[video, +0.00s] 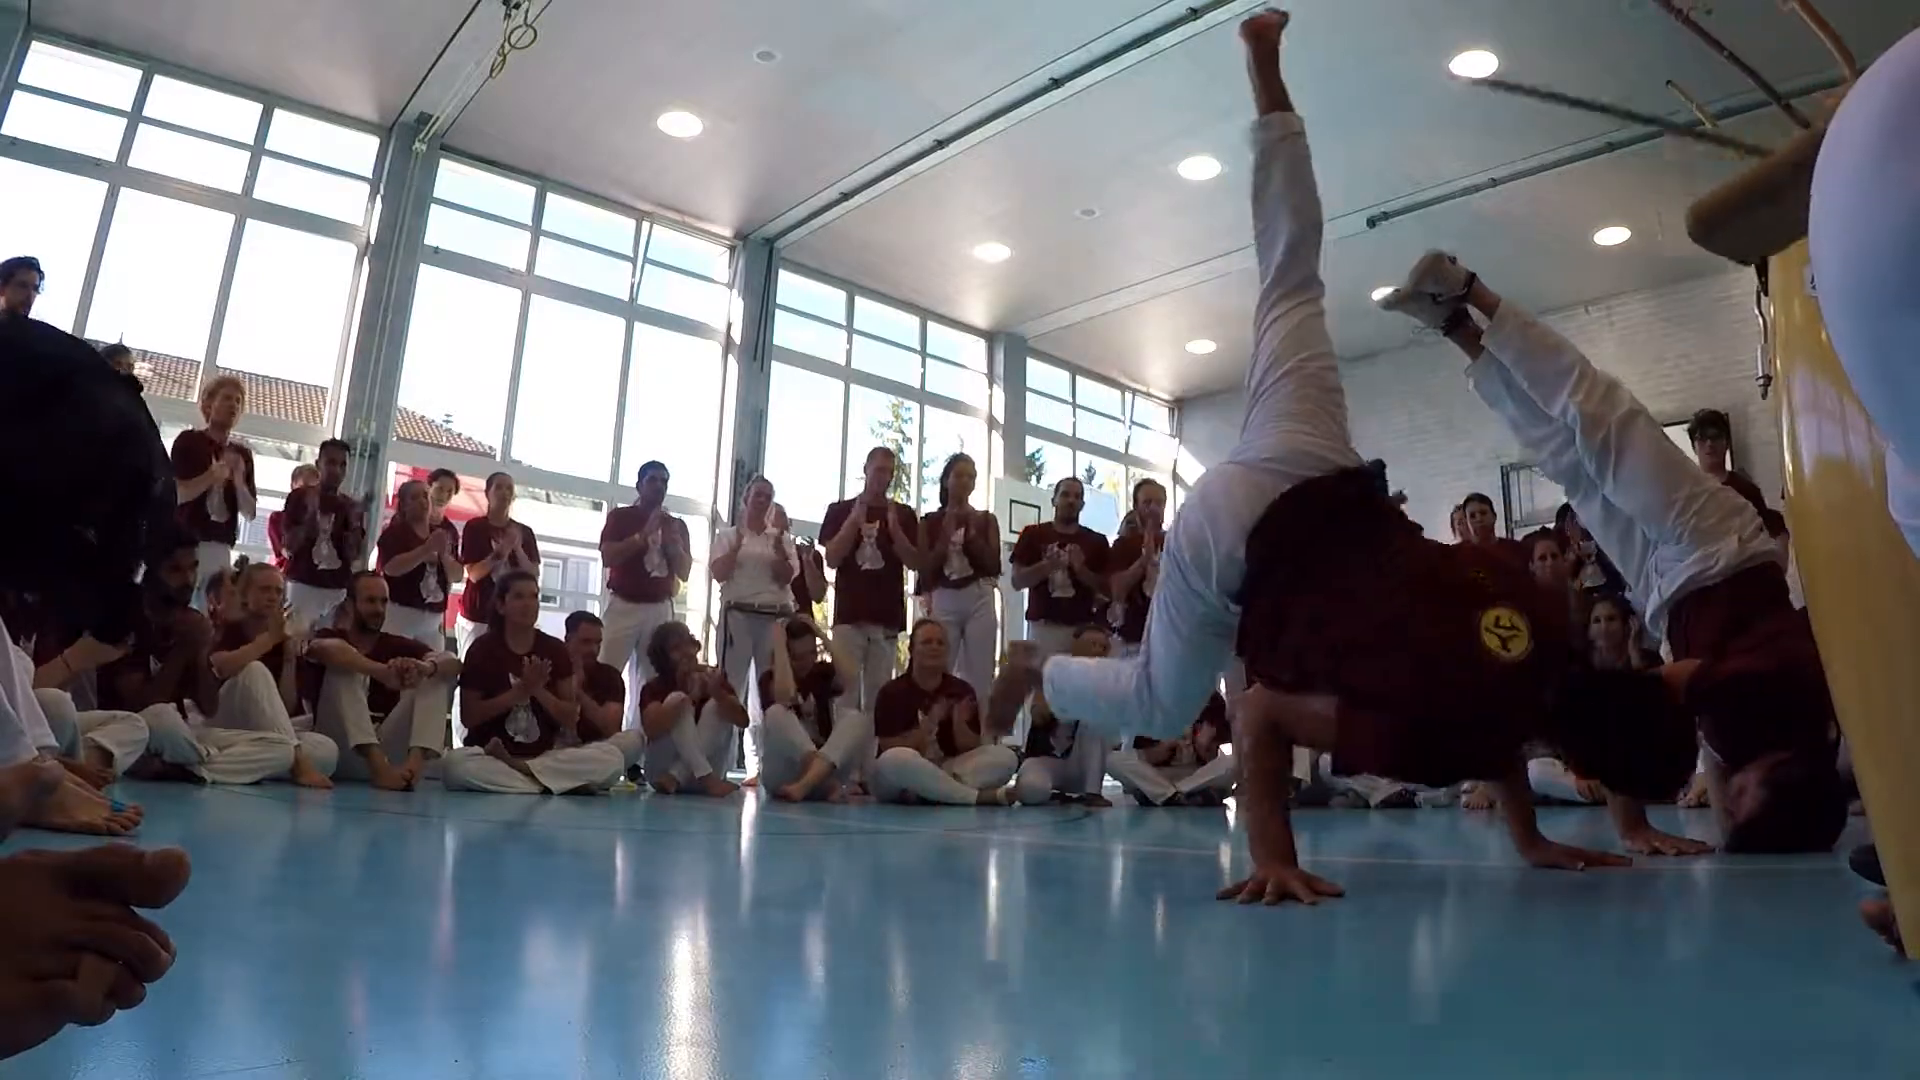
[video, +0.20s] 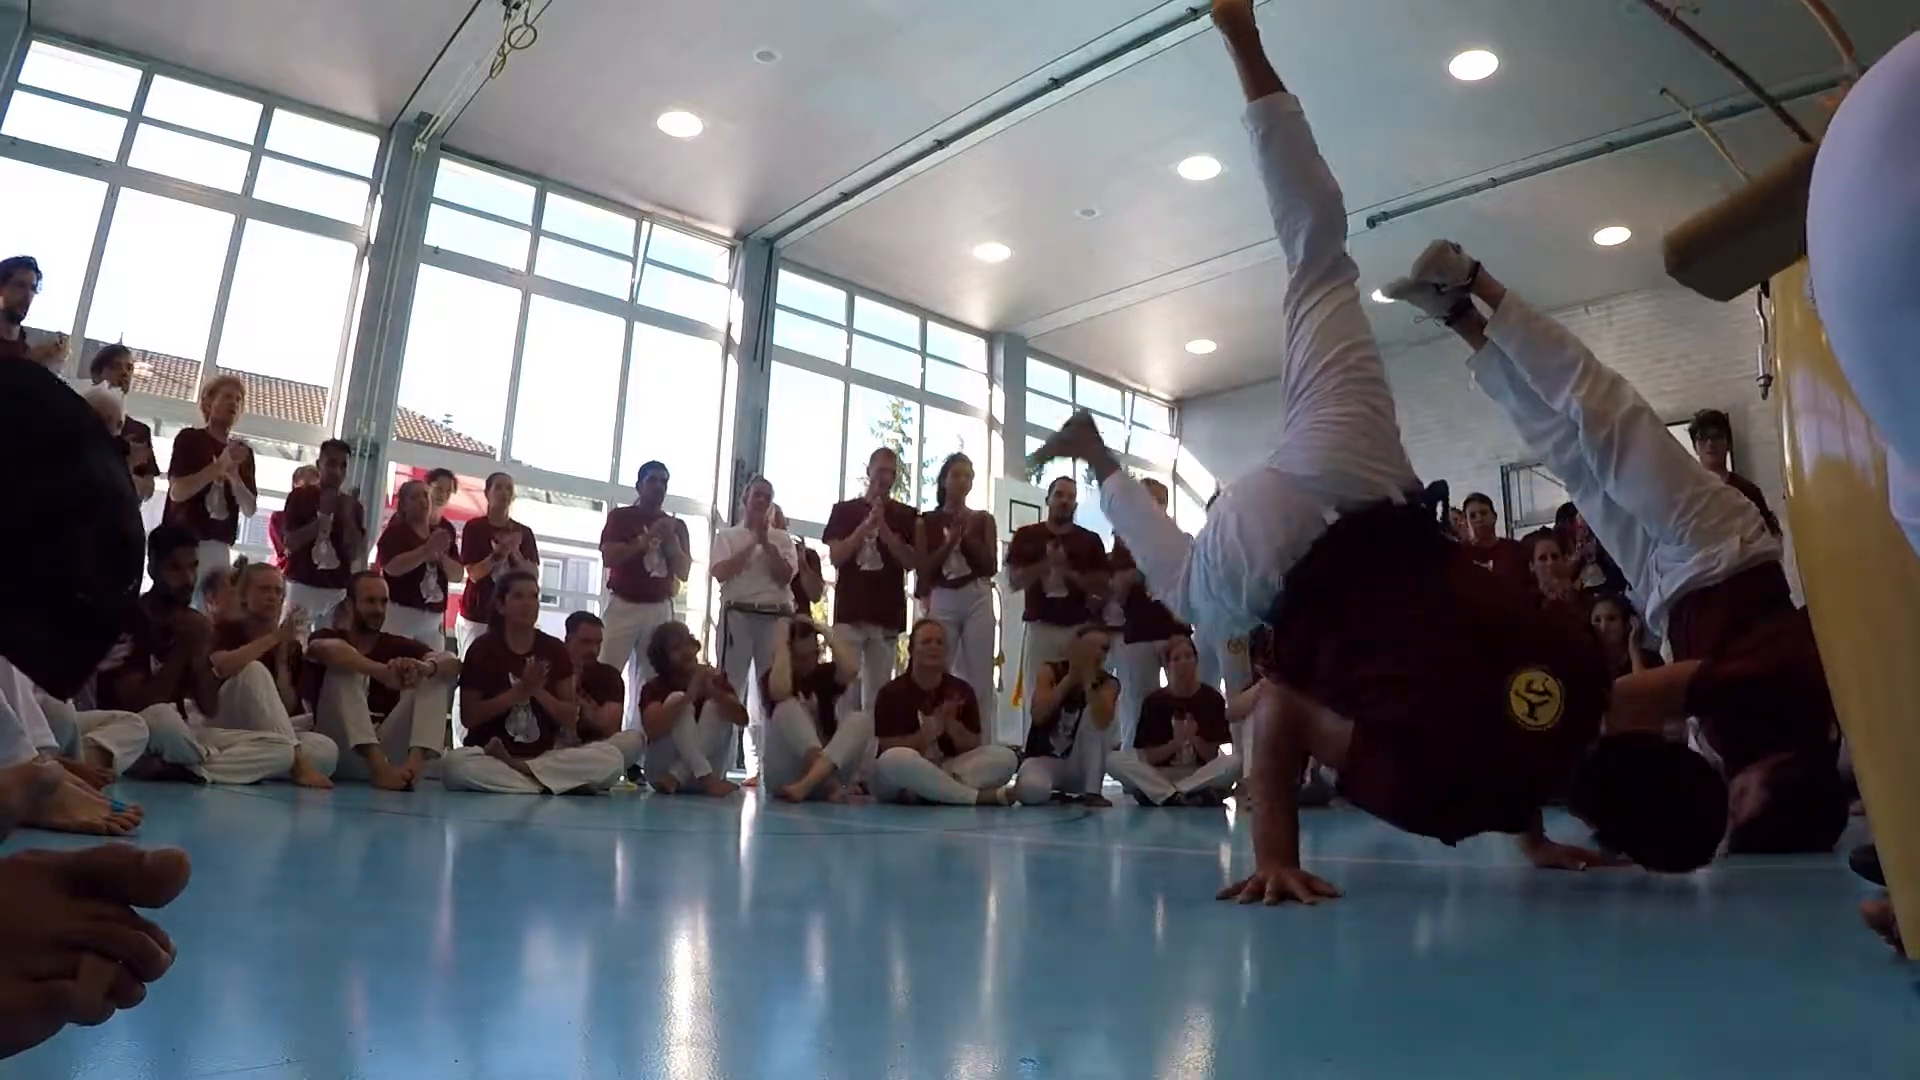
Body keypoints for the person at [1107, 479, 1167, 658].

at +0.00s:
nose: (1153, 508)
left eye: (1159, 503)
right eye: (1147, 502)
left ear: (1165, 506)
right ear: (1135, 507)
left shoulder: (1174, 543)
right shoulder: (1123, 544)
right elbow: (1117, 590)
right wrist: (1143, 560)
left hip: (1170, 631)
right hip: (1131, 630)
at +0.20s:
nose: (1154, 508)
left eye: (1160, 502)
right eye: (1148, 502)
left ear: (1166, 507)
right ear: (1135, 507)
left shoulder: (1178, 543)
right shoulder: (1125, 542)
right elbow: (1117, 586)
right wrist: (1146, 564)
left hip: (1175, 629)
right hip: (1137, 632)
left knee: (1185, 698)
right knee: (1138, 706)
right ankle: (1133, 766)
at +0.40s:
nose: (1155, 507)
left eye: (1160, 501)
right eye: (1148, 502)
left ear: (1166, 504)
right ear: (1137, 506)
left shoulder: (1183, 539)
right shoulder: (1125, 544)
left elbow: (1194, 580)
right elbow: (1123, 585)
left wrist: (1170, 548)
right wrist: (1153, 556)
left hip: (1177, 635)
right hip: (1139, 638)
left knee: (1186, 705)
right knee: (1136, 712)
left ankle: (1188, 771)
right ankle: (1131, 778)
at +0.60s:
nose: (1155, 507)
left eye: (1159, 501)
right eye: (1148, 502)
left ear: (1166, 504)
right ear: (1137, 506)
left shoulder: (1183, 540)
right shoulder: (1126, 544)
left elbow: (1195, 579)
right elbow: (1117, 588)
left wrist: (1169, 553)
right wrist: (1151, 563)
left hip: (1177, 635)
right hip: (1139, 638)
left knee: (1184, 705)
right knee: (1142, 709)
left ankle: (1188, 767)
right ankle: (1140, 773)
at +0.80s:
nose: (1154, 507)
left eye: (1159, 501)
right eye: (1148, 502)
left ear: (1165, 504)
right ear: (1136, 506)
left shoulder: (1183, 541)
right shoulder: (1124, 544)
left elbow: (1196, 583)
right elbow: (1115, 594)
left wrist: (1173, 564)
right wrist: (1146, 568)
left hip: (1176, 635)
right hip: (1139, 638)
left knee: (1184, 702)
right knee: (1145, 708)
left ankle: (1188, 765)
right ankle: (1146, 769)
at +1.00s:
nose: (1154, 507)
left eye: (1159, 501)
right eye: (1148, 502)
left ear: (1165, 504)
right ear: (1136, 506)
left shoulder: (1182, 540)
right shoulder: (1125, 543)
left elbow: (1195, 582)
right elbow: (1119, 587)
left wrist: (1169, 554)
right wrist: (1151, 559)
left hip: (1176, 635)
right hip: (1139, 638)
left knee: (1184, 702)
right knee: (1144, 707)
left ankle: (1189, 762)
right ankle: (1145, 766)